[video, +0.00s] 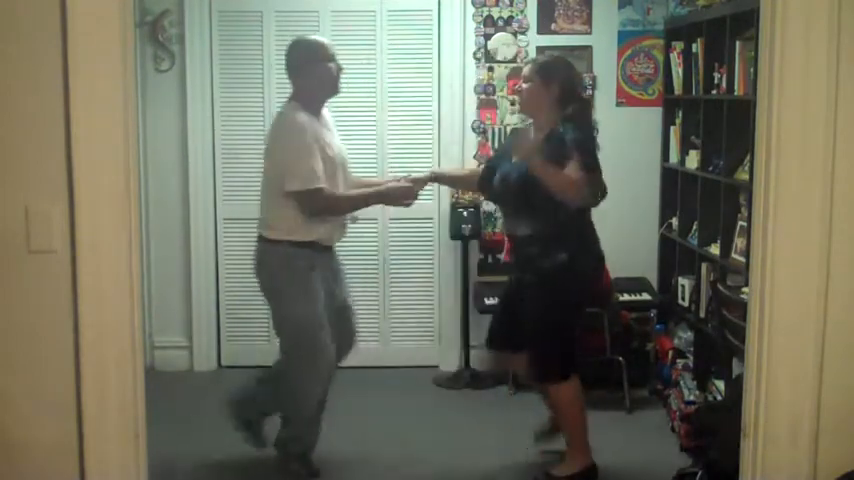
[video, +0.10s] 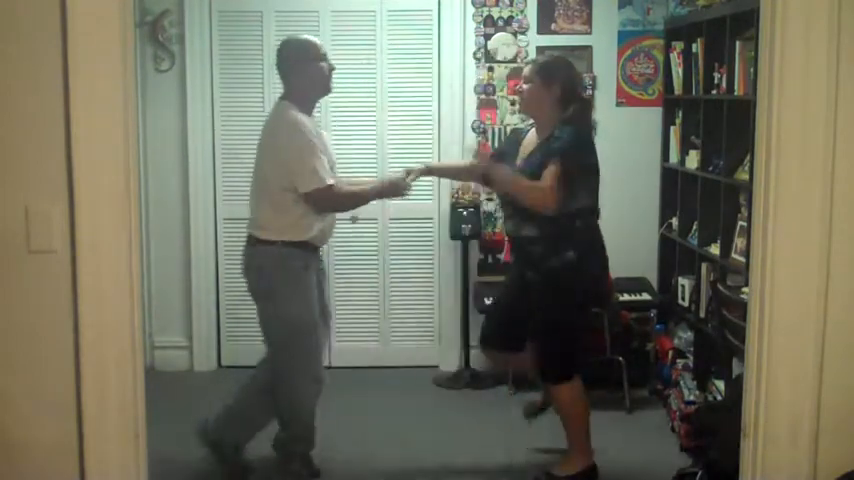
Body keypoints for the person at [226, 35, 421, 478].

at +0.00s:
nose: (339, 68)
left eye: (337, 62)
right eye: (329, 63)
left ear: (316, 74)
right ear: (302, 73)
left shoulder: (317, 121)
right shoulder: (294, 126)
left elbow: (339, 188)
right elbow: (313, 204)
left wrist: (389, 186)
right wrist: (382, 196)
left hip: (317, 253)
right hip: (289, 256)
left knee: (339, 339)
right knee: (311, 355)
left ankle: (251, 403)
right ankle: (294, 453)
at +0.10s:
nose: (331, 67)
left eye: (328, 59)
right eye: (322, 61)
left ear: (302, 72)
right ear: (298, 71)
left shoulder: (304, 124)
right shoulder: (291, 126)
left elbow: (322, 190)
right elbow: (321, 198)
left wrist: (373, 189)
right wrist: (379, 191)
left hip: (299, 256)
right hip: (280, 258)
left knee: (303, 359)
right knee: (299, 362)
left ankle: (225, 434)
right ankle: (295, 459)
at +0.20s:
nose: (325, 69)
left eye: (321, 61)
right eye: (314, 62)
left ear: (292, 73)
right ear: (290, 72)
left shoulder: (282, 120)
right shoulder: (288, 125)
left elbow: (309, 193)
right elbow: (321, 198)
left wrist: (357, 197)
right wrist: (376, 185)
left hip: (274, 255)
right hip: (275, 259)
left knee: (272, 358)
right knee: (299, 356)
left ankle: (209, 448)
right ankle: (294, 455)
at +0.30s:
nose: (319, 70)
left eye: (317, 62)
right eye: (310, 63)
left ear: (284, 73)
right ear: (286, 72)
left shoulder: (266, 117)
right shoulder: (282, 124)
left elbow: (277, 191)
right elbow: (310, 199)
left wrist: (327, 211)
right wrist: (373, 180)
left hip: (251, 251)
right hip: (270, 256)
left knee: (255, 359)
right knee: (309, 351)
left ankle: (202, 458)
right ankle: (293, 456)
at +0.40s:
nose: (317, 70)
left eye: (314, 63)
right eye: (309, 64)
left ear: (278, 74)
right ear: (285, 72)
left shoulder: (258, 119)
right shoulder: (277, 125)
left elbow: (263, 191)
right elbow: (309, 198)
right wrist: (373, 167)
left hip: (248, 253)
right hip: (270, 258)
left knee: (249, 357)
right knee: (318, 347)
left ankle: (202, 459)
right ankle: (294, 450)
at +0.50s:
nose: (317, 72)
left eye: (314, 64)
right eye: (308, 65)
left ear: (278, 75)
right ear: (283, 73)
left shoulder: (256, 119)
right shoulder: (283, 126)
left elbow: (228, 182)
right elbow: (318, 196)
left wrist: (262, 225)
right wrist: (373, 149)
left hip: (248, 254)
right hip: (276, 260)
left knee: (249, 356)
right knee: (319, 355)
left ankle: (202, 457)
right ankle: (305, 455)